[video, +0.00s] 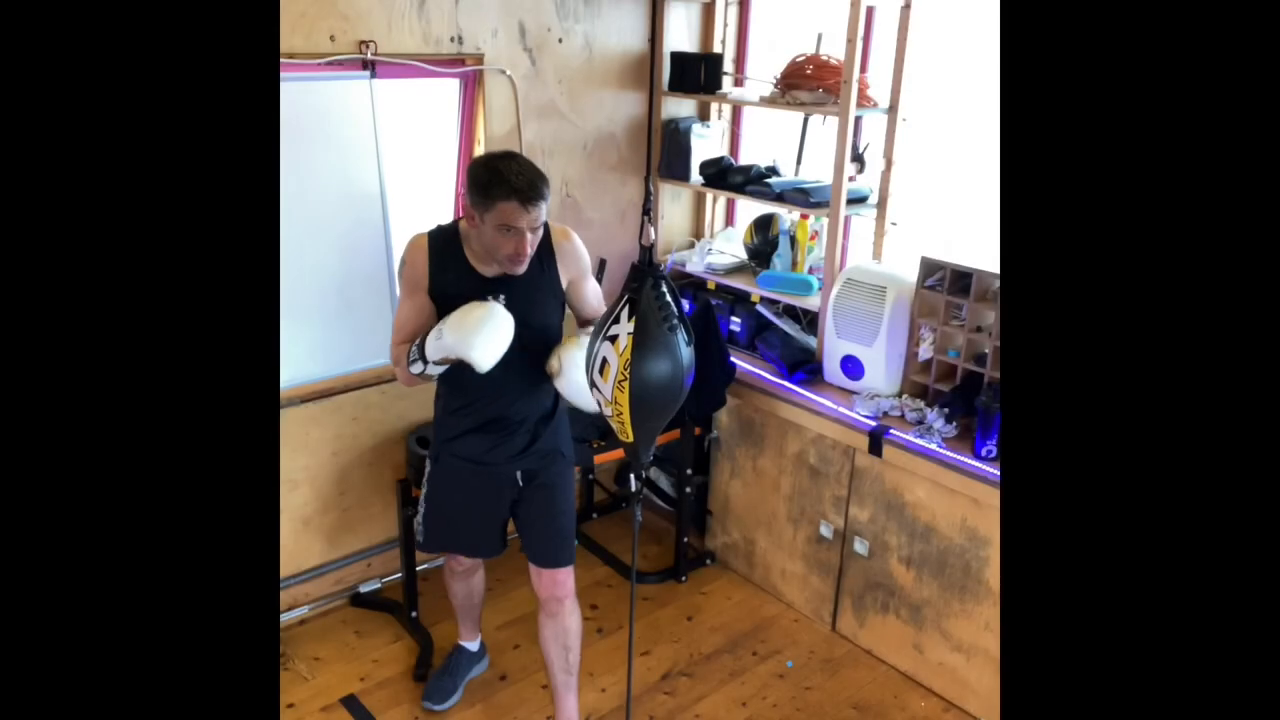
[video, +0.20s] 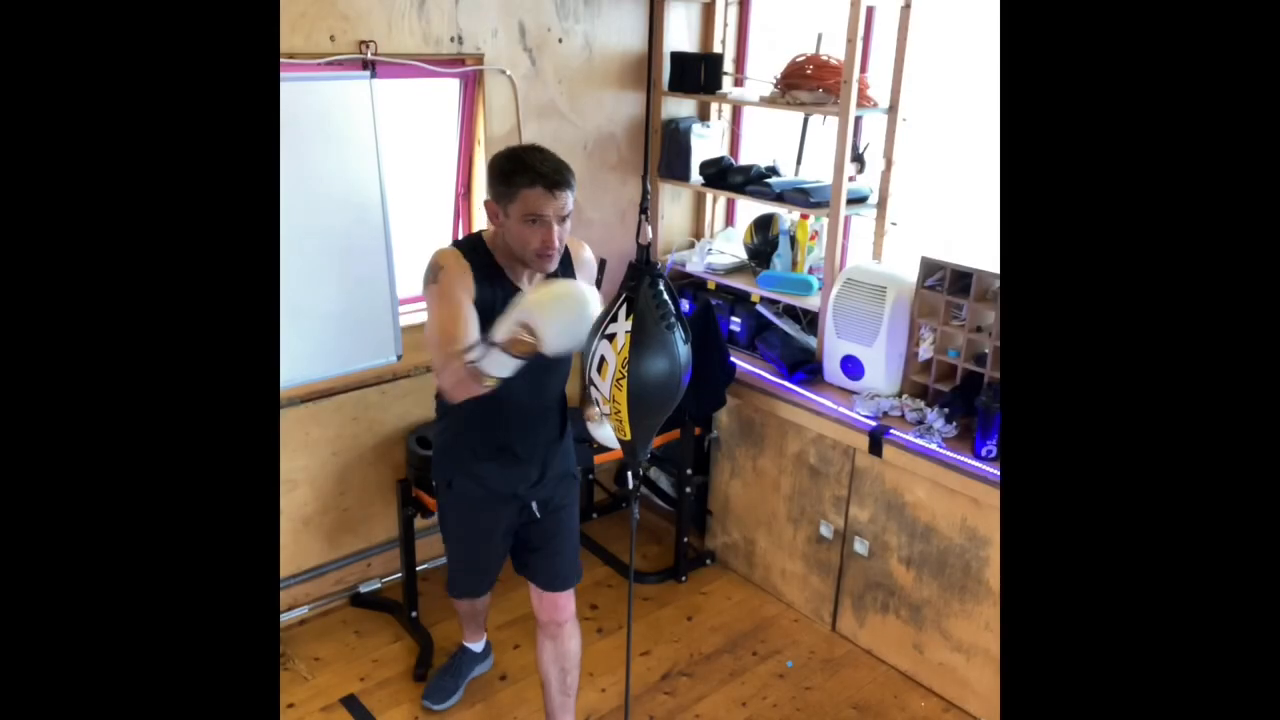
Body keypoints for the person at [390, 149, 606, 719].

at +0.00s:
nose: (525, 246)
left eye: (534, 230)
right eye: (509, 231)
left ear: (544, 216)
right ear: (469, 218)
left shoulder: (561, 248)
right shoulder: (428, 255)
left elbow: (605, 328)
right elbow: (403, 359)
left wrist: (587, 355)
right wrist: (436, 348)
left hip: (544, 442)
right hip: (464, 447)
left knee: (557, 587)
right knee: (459, 561)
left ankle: (568, 713)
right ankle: (469, 648)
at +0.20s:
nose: (552, 238)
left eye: (562, 219)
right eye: (534, 221)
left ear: (572, 213)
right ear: (494, 218)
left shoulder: (576, 263)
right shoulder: (455, 268)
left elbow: (586, 348)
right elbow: (451, 385)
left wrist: (598, 403)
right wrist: (502, 350)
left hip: (550, 460)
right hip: (475, 468)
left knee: (558, 611)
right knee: (469, 585)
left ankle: (562, 716)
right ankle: (473, 651)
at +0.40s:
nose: (544, 225)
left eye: (551, 206)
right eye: (525, 209)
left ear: (560, 201)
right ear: (480, 208)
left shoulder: (563, 254)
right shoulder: (445, 277)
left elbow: (574, 332)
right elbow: (453, 409)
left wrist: (598, 372)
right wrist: (537, 392)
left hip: (537, 463)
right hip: (455, 470)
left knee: (550, 614)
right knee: (430, 594)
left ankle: (558, 718)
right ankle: (420, 657)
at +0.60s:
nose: (505, 194)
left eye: (504, 178)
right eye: (491, 179)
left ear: (447, 188)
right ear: (440, 188)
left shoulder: (505, 257)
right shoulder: (369, 282)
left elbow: (532, 336)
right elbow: (341, 393)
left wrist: (545, 387)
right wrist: (416, 436)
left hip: (504, 469)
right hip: (416, 479)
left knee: (533, 625)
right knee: (383, 619)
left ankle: (552, 718)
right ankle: (353, 708)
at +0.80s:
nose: (445, 216)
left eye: (449, 197)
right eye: (427, 200)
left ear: (454, 194)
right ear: (378, 201)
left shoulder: (467, 258)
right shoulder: (323, 276)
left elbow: (497, 344)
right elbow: (320, 405)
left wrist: (496, 357)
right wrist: (380, 370)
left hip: (468, 472)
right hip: (380, 485)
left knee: (514, 615)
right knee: (368, 620)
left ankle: (534, 717)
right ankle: (357, 707)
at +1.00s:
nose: (439, 223)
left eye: (447, 205)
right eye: (422, 209)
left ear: (455, 197)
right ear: (378, 204)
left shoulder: (470, 250)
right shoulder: (337, 262)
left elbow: (488, 333)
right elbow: (346, 388)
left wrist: (492, 330)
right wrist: (390, 336)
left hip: (463, 462)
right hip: (380, 476)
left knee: (497, 603)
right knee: (361, 610)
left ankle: (508, 706)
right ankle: (357, 706)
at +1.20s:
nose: (467, 226)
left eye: (474, 209)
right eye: (448, 211)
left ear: (482, 198)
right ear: (405, 204)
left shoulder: (489, 241)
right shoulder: (368, 257)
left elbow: (517, 310)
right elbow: (423, 356)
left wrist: (539, 315)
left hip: (469, 451)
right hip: (390, 461)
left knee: (490, 586)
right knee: (365, 602)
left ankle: (507, 703)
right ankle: (355, 703)